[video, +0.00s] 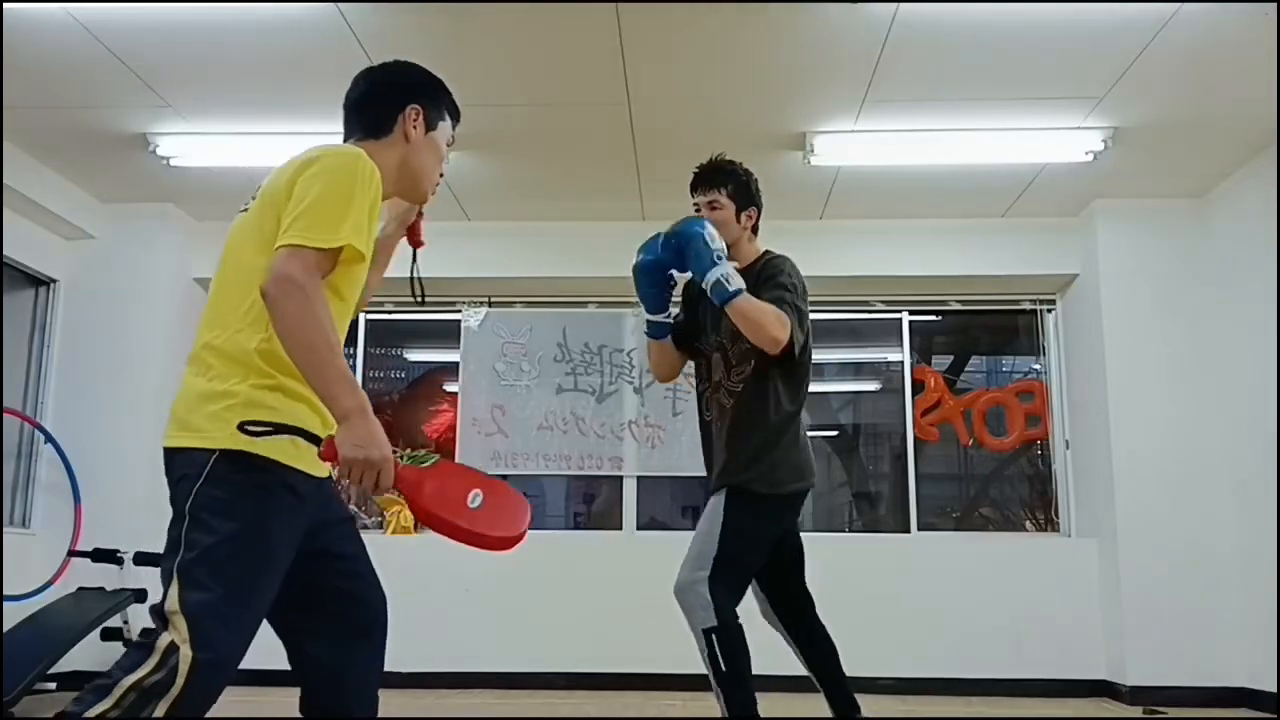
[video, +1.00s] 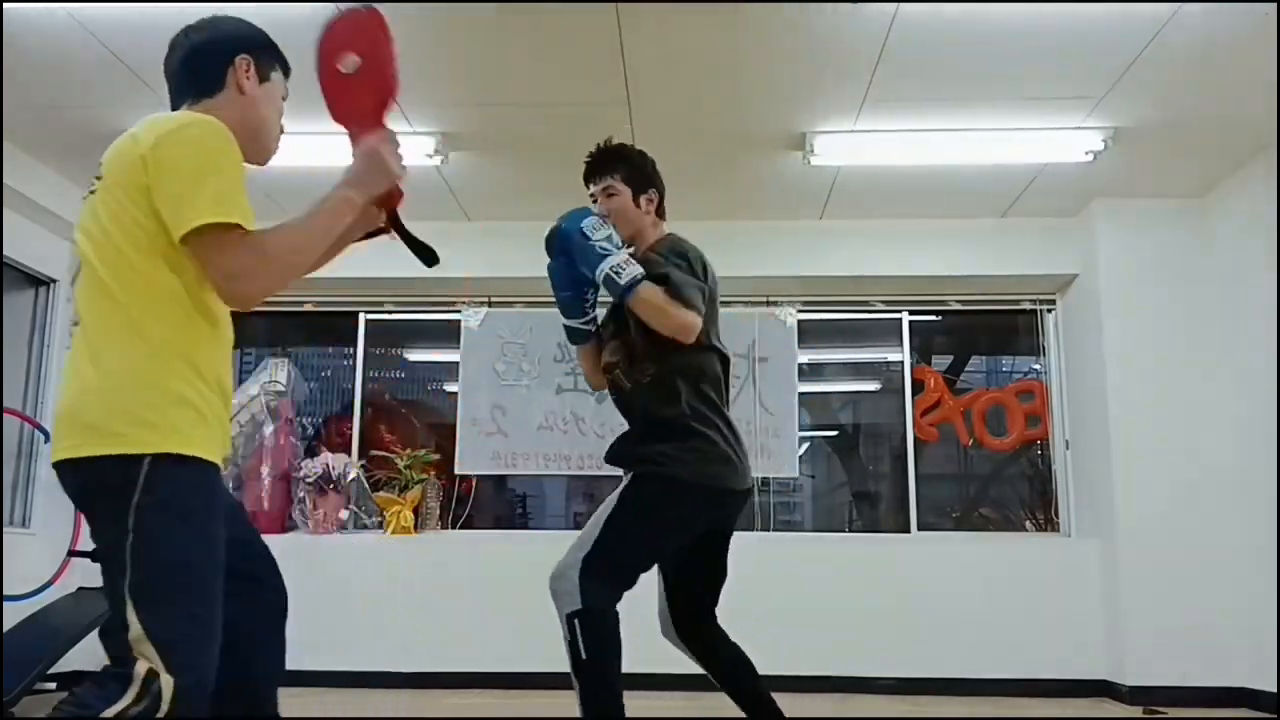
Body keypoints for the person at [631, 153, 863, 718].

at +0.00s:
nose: (701, 217)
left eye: (713, 205)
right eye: (695, 207)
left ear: (749, 216)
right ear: (696, 219)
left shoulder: (777, 274)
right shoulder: (704, 288)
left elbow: (775, 335)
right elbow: (665, 368)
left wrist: (716, 272)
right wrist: (656, 310)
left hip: (766, 470)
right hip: (742, 470)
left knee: (699, 591)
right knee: (787, 606)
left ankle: (742, 714)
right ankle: (848, 711)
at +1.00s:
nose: (597, 211)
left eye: (608, 195)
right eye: (593, 201)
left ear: (648, 199)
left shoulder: (674, 255)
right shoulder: (626, 278)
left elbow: (686, 324)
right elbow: (598, 378)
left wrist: (611, 267)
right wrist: (576, 309)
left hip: (682, 466)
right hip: (716, 472)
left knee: (577, 584)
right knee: (688, 621)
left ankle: (604, 714)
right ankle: (772, 716)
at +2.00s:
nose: (510, 152)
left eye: (517, 137)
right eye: (509, 141)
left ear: (560, 135)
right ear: (568, 136)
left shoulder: (563, 179)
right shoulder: (627, 197)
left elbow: (450, 176)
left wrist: (378, 107)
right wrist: (524, 231)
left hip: (613, 427)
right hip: (672, 428)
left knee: (522, 598)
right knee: (669, 578)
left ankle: (502, 714)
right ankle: (735, 711)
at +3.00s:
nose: (845, 227)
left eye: (851, 213)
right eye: (840, 217)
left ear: (878, 209)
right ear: (847, 222)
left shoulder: (923, 254)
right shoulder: (877, 283)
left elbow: (905, 245)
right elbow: (828, 346)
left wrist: (879, 181)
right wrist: (814, 275)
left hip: (935, 471)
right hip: (939, 472)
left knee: (853, 606)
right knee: (1011, 600)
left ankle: (890, 715)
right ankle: (1097, 707)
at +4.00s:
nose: (940, 232)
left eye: (949, 217)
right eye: (936, 222)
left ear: (990, 216)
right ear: (989, 221)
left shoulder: (1000, 262)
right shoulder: (1023, 271)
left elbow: (924, 267)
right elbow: (974, 380)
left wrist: (844, 208)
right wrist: (935, 325)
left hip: (1020, 473)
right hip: (1067, 471)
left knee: (969, 606)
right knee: (1073, 596)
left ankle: (983, 714)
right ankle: (1142, 710)